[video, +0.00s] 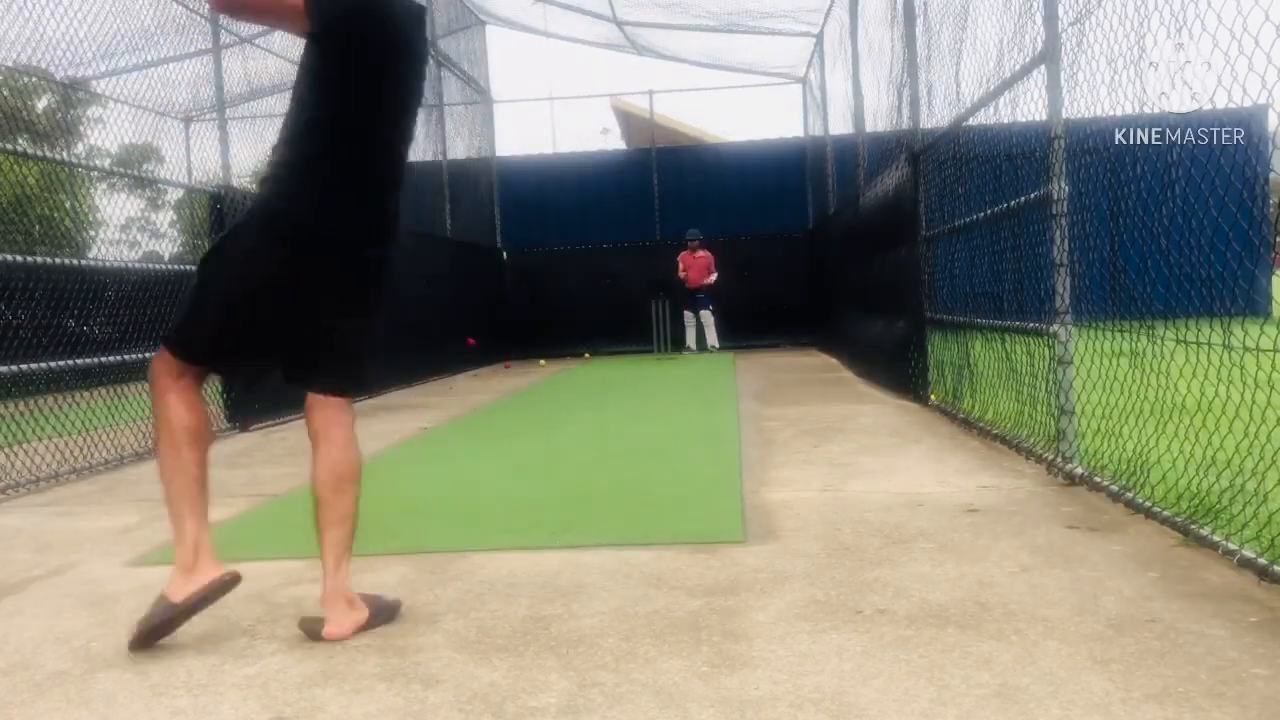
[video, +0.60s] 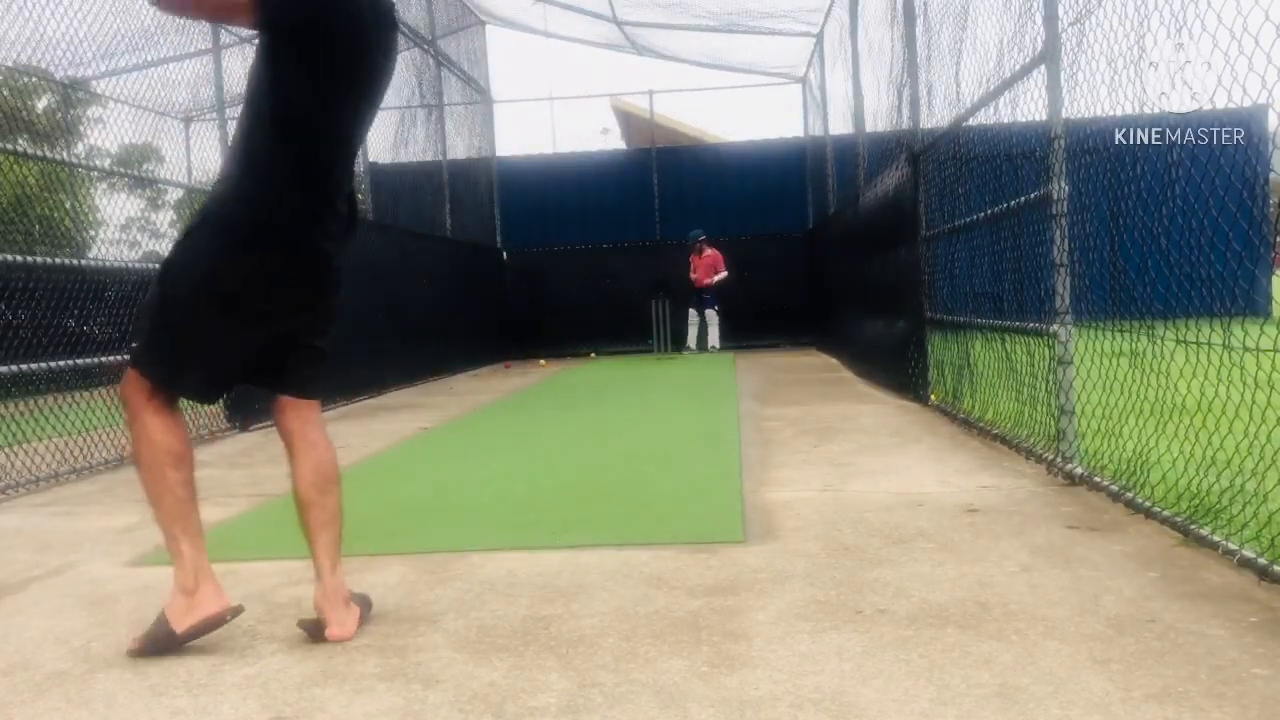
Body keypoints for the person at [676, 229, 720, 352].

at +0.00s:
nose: (692, 243)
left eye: (694, 241)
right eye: (689, 241)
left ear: (699, 241)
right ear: (687, 242)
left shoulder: (707, 255)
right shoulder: (682, 256)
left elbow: (713, 272)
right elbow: (680, 272)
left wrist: (711, 279)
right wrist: (684, 275)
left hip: (702, 289)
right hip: (688, 290)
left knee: (706, 316)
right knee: (689, 318)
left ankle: (713, 345)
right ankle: (690, 346)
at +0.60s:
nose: (693, 247)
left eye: (695, 244)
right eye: (692, 244)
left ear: (702, 242)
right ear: (693, 244)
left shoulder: (714, 254)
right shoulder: (693, 257)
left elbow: (723, 272)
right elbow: (691, 272)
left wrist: (713, 279)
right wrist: (694, 277)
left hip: (709, 288)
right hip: (697, 288)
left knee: (710, 314)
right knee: (693, 314)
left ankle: (713, 345)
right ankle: (691, 345)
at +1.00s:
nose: (714, 268)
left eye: (716, 265)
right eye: (712, 265)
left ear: (718, 266)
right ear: (707, 264)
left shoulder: (716, 275)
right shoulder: (699, 275)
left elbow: (716, 288)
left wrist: (719, 298)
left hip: (702, 302)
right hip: (689, 302)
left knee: (705, 326)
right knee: (680, 326)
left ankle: (707, 356)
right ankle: (673, 350)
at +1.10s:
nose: (711, 263)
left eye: (713, 261)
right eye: (709, 260)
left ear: (716, 262)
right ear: (704, 260)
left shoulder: (715, 275)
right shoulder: (695, 271)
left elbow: (718, 292)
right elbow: (687, 290)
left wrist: (721, 305)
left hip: (703, 304)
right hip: (689, 302)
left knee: (704, 325)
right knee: (678, 324)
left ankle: (707, 356)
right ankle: (674, 352)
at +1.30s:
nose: (701, 257)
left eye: (703, 255)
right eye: (698, 255)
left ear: (706, 256)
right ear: (694, 256)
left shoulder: (709, 271)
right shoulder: (686, 267)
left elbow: (713, 289)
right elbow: (675, 278)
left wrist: (714, 300)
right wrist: (666, 284)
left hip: (700, 303)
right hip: (684, 302)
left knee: (703, 327)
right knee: (677, 327)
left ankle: (707, 355)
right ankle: (674, 355)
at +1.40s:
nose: (694, 257)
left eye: (697, 254)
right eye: (692, 254)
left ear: (700, 256)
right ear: (688, 255)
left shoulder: (704, 270)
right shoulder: (680, 268)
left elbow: (708, 288)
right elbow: (670, 280)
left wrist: (709, 297)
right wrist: (663, 284)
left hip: (697, 304)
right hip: (681, 303)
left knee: (701, 328)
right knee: (676, 330)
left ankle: (707, 356)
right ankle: (674, 357)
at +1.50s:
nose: (689, 256)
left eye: (691, 253)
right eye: (686, 253)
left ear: (695, 254)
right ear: (682, 255)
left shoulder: (699, 268)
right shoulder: (675, 268)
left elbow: (703, 286)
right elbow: (667, 282)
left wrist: (704, 297)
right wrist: (662, 289)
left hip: (693, 303)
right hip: (678, 303)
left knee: (699, 326)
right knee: (675, 329)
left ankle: (706, 355)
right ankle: (674, 357)